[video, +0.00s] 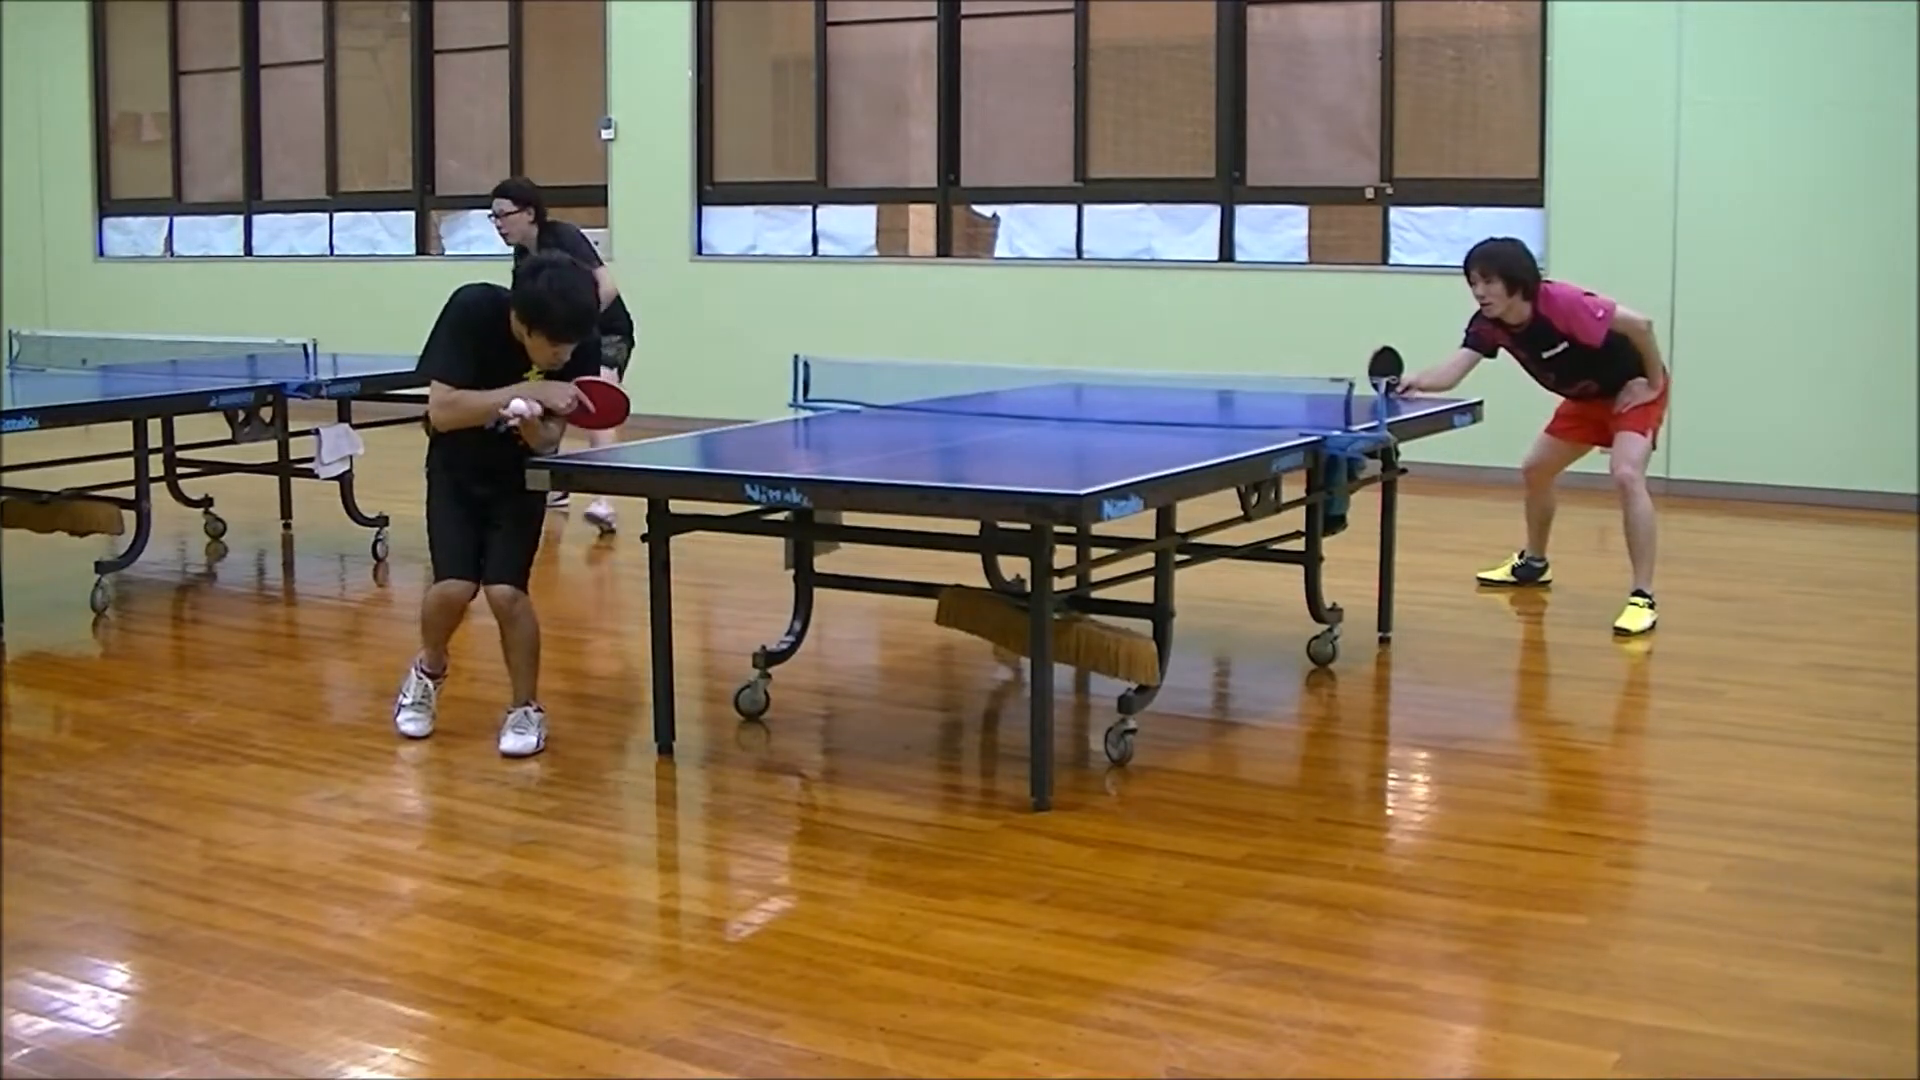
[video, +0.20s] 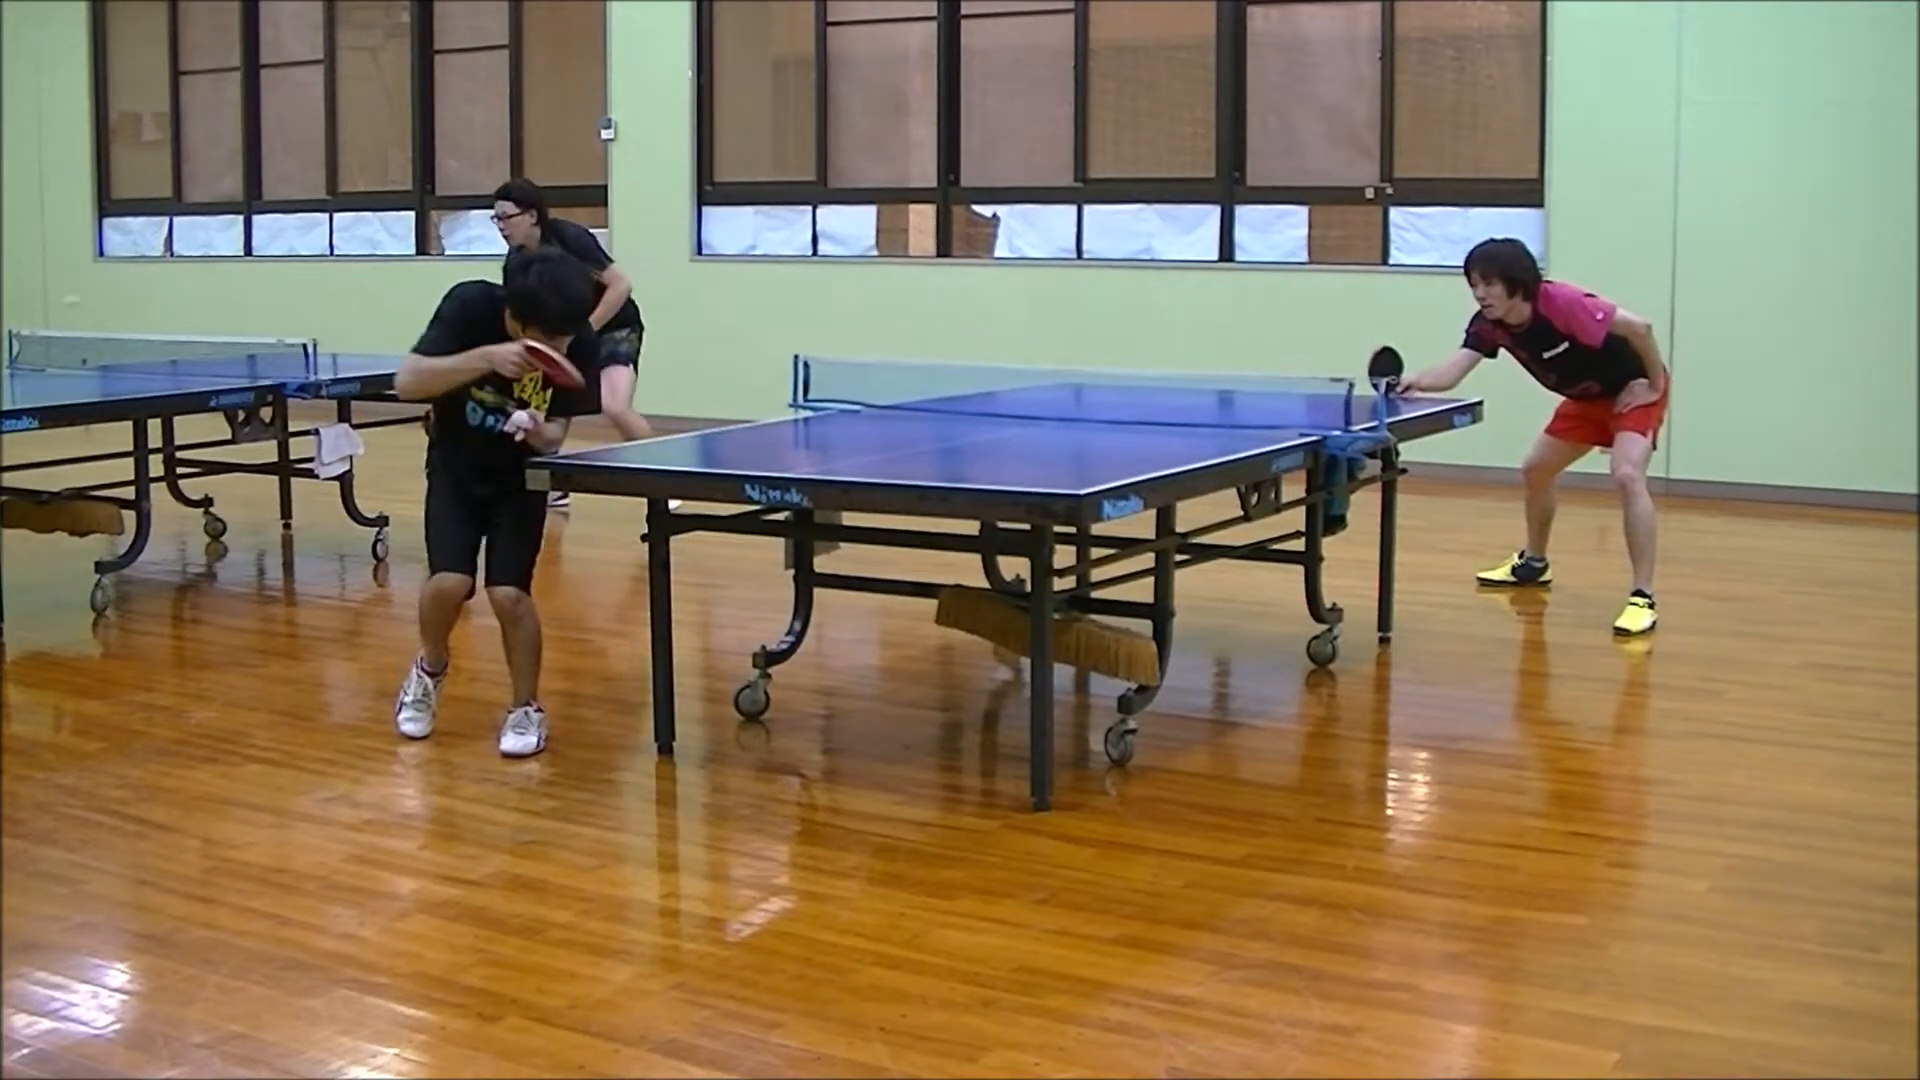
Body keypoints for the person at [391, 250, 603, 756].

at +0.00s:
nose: (563, 357)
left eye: (572, 347)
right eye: (554, 346)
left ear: (582, 329)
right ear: (520, 323)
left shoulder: (581, 338)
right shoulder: (470, 310)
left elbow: (553, 436)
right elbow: (440, 414)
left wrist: (536, 430)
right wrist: (530, 392)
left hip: (521, 462)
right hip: (455, 456)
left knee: (505, 591)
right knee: (455, 587)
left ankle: (524, 709)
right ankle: (428, 671)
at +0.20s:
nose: (545, 349)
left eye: (558, 340)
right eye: (537, 337)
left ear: (575, 324)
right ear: (512, 313)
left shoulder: (579, 344)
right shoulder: (468, 304)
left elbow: (557, 430)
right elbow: (407, 384)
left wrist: (539, 434)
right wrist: (486, 358)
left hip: (522, 470)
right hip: (455, 460)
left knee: (507, 594)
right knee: (450, 585)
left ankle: (525, 709)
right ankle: (429, 670)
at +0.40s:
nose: (548, 345)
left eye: (554, 334)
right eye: (537, 334)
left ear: (563, 319)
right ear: (503, 316)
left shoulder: (565, 345)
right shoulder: (457, 303)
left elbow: (550, 436)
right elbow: (346, 314)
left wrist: (531, 432)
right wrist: (378, 310)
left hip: (513, 475)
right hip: (448, 465)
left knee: (508, 598)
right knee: (418, 580)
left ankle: (525, 709)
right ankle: (406, 653)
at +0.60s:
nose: (513, 330)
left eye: (519, 317)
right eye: (501, 320)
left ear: (527, 303)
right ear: (467, 308)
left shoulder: (537, 340)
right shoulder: (419, 295)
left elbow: (528, 421)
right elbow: (353, 276)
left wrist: (516, 442)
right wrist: (319, 296)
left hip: (494, 483)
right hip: (424, 476)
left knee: (494, 600)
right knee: (383, 606)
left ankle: (526, 709)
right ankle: (333, 678)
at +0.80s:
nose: (444, 295)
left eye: (449, 280)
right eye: (428, 286)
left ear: (458, 267)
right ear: (393, 278)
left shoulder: (475, 312)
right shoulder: (365, 275)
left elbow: (491, 407)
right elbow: (337, 289)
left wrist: (509, 488)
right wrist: (298, 334)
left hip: (451, 461)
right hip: (379, 458)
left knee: (473, 579)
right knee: (351, 597)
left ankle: (521, 706)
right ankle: (336, 694)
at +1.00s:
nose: (417, 261)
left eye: (420, 246)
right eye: (402, 253)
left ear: (426, 230)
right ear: (364, 249)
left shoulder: (442, 261)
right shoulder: (326, 252)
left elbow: (485, 326)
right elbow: (294, 294)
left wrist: (513, 352)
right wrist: (298, 338)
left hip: (424, 429)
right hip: (352, 430)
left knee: (459, 569)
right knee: (339, 580)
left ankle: (451, 668)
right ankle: (333, 693)